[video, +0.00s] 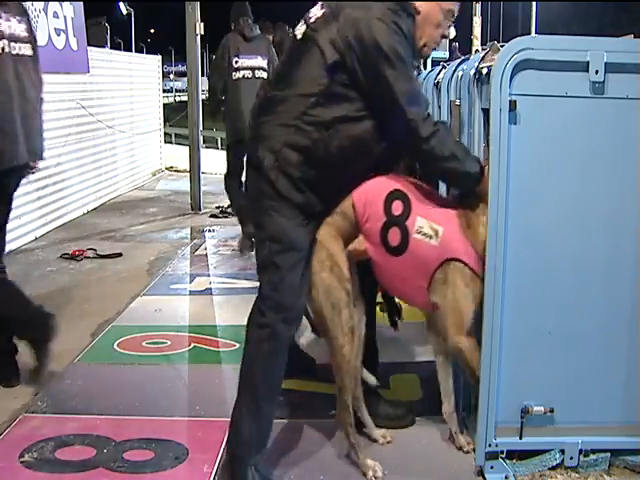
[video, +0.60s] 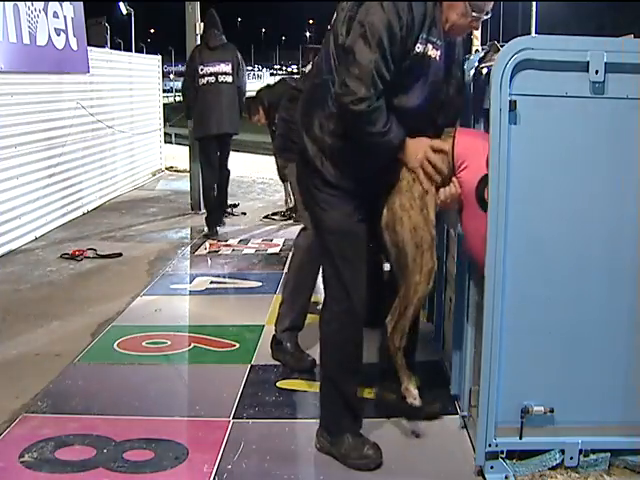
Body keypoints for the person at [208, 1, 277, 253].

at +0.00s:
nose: (237, 25)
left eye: (235, 22)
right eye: (242, 20)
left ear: (235, 21)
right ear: (251, 19)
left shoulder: (228, 43)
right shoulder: (266, 43)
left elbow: (217, 80)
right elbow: (277, 76)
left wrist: (216, 104)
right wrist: (272, 100)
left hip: (238, 122)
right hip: (262, 121)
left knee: (232, 177)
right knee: (257, 178)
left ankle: (247, 224)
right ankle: (252, 231)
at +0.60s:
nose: (209, 35)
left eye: (206, 31)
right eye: (214, 32)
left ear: (204, 31)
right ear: (221, 30)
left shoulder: (196, 54)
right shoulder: (233, 52)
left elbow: (188, 87)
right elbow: (242, 85)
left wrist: (190, 112)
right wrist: (240, 108)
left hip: (205, 120)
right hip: (228, 118)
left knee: (208, 169)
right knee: (223, 166)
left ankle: (213, 222)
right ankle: (220, 211)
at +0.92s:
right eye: (217, 53)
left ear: (203, 54)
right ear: (220, 55)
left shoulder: (194, 68)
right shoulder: (227, 72)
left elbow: (184, 98)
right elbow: (232, 108)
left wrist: (189, 120)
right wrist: (232, 139)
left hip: (197, 123)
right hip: (219, 123)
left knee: (194, 168)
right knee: (219, 169)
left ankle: (196, 209)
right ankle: (216, 214)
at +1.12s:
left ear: (204, 81)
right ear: (218, 84)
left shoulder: (193, 90)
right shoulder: (220, 94)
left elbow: (181, 117)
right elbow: (227, 125)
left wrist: (183, 139)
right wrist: (229, 152)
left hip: (189, 130)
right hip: (212, 130)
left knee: (192, 167)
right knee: (222, 169)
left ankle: (191, 209)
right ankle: (217, 211)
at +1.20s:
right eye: (220, 100)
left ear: (203, 94)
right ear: (218, 98)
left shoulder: (189, 102)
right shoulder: (220, 106)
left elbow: (177, 126)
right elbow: (225, 137)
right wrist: (228, 167)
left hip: (183, 133)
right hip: (206, 133)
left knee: (189, 168)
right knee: (224, 169)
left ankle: (190, 210)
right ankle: (214, 212)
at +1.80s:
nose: (231, 93)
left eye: (231, 91)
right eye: (230, 90)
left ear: (213, 78)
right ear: (227, 84)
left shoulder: (201, 84)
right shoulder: (224, 90)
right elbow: (223, 117)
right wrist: (223, 143)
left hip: (182, 124)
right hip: (199, 125)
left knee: (189, 169)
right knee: (217, 161)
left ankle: (191, 211)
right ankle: (213, 205)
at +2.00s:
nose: (235, 68)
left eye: (235, 65)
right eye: (235, 65)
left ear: (219, 60)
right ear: (230, 62)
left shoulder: (204, 72)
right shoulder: (225, 73)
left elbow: (197, 98)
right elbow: (225, 99)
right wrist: (227, 114)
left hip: (189, 123)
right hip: (205, 125)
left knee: (194, 169)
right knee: (217, 167)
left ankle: (192, 209)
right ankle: (215, 209)